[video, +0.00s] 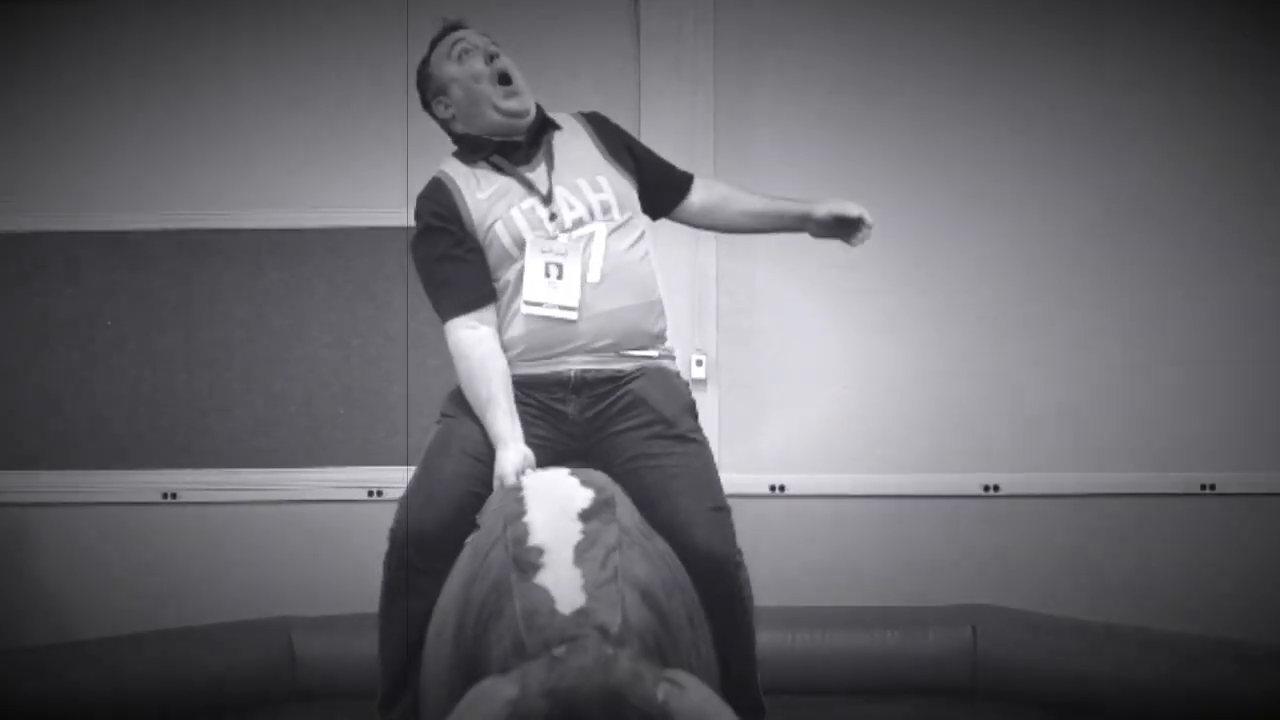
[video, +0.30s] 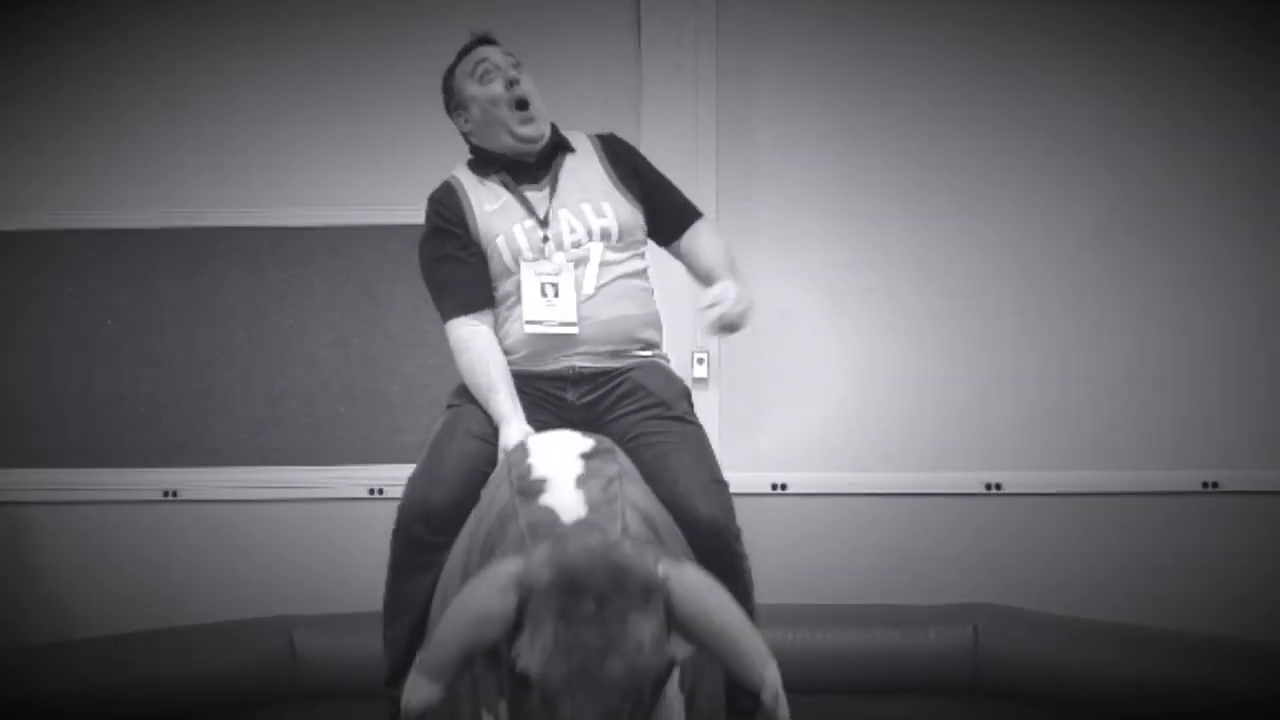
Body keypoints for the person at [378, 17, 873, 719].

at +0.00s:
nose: (497, 63)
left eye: (496, 52)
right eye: (467, 61)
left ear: (518, 72)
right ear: (444, 110)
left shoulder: (595, 135)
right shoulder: (447, 197)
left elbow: (693, 197)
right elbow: (471, 330)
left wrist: (807, 215)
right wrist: (507, 439)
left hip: (638, 390)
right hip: (509, 402)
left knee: (712, 553)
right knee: (419, 537)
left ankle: (740, 710)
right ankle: (404, 709)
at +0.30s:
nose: (514, 84)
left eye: (517, 71)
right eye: (488, 81)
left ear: (539, 88)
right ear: (465, 124)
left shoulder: (607, 155)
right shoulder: (455, 203)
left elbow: (682, 226)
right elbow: (469, 328)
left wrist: (729, 281)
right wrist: (512, 423)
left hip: (633, 381)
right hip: (512, 391)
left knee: (709, 518)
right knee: (426, 511)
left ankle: (744, 691)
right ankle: (405, 692)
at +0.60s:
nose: (526, 128)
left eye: (537, 116)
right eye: (506, 121)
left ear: (558, 136)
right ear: (484, 154)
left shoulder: (605, 194)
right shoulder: (462, 226)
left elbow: (655, 280)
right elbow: (457, 333)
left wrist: (581, 366)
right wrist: (503, 399)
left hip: (616, 378)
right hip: (503, 389)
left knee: (709, 496)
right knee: (422, 485)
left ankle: (730, 678)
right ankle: (409, 676)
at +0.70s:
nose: (526, 148)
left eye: (538, 135)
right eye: (508, 138)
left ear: (561, 152)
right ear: (488, 167)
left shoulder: (603, 208)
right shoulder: (465, 237)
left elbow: (641, 296)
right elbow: (456, 340)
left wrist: (568, 377)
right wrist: (503, 398)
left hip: (609, 381)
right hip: (507, 391)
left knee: (707, 484)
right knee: (421, 486)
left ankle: (730, 664)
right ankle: (409, 672)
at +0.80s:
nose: (527, 163)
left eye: (540, 150)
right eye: (511, 153)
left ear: (564, 168)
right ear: (492, 179)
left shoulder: (602, 220)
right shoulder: (468, 246)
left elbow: (639, 302)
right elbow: (457, 344)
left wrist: (582, 377)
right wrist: (513, 401)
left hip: (605, 396)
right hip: (508, 406)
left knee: (699, 481)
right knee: (422, 487)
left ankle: (725, 673)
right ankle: (409, 672)